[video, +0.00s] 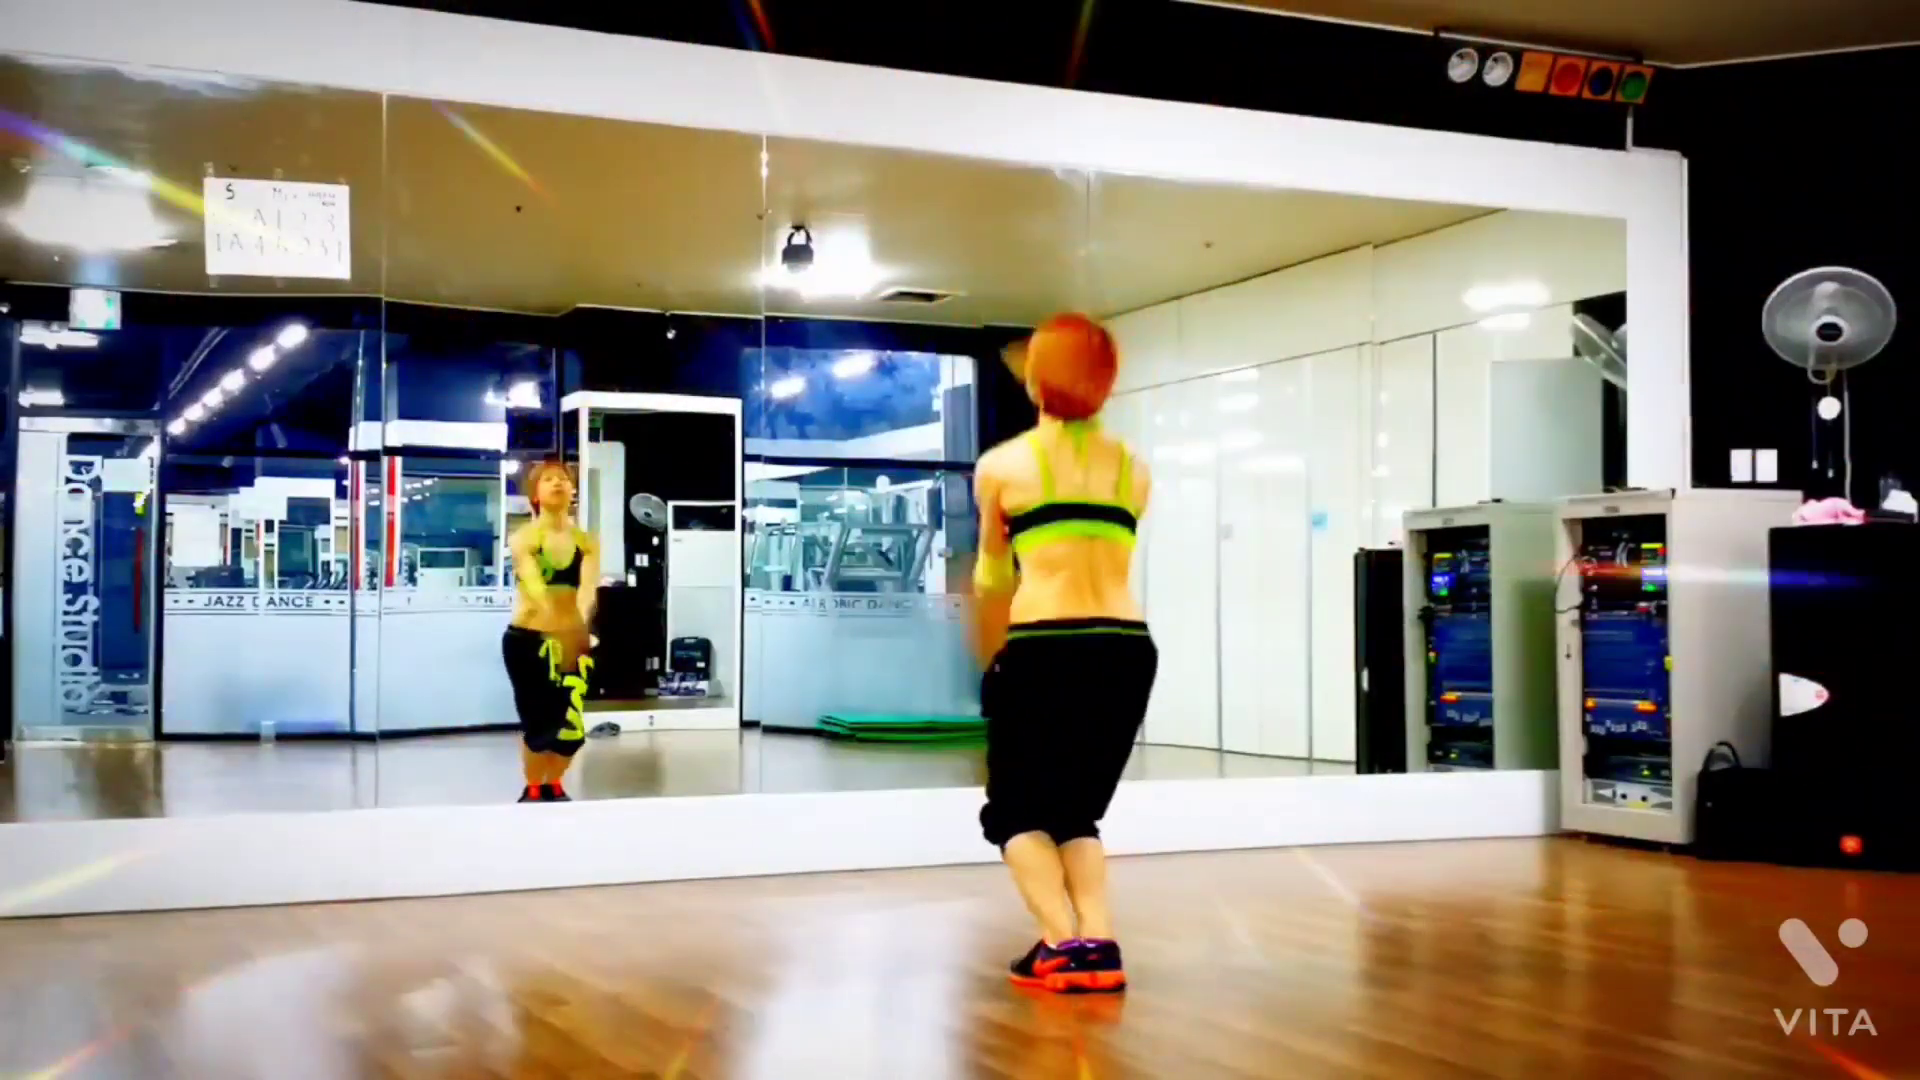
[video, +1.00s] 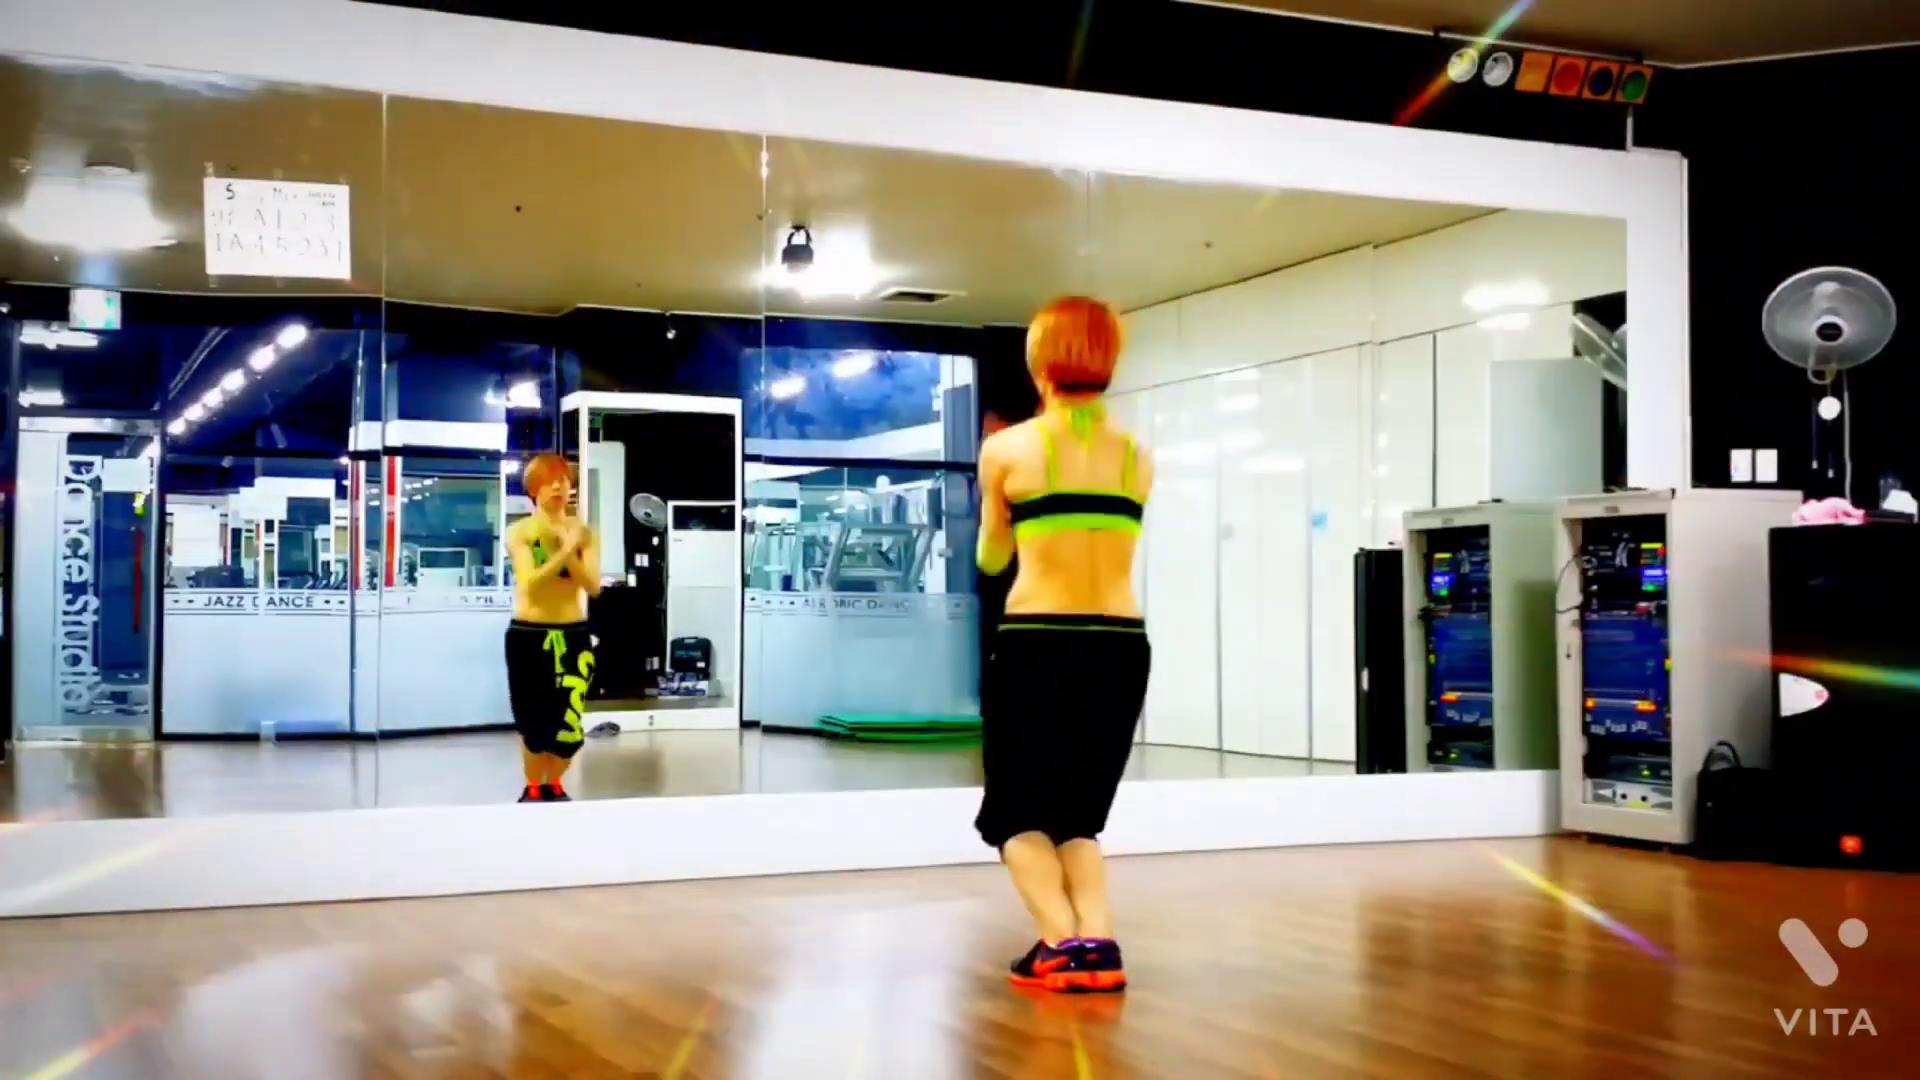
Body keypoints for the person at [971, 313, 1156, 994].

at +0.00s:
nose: (1038, 385)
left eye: (1035, 375)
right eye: (1075, 376)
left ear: (1033, 385)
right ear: (1101, 386)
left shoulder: (1002, 465)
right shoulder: (1132, 468)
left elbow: (993, 578)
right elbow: (1110, 562)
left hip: (1040, 652)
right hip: (1125, 649)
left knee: (1015, 809)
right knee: (1078, 811)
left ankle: (1060, 941)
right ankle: (1098, 943)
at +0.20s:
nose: (1035, 310)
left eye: (1038, 300)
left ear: (1038, 309)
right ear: (1110, 312)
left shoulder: (1008, 379)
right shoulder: (1132, 390)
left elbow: (916, 427)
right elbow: (1217, 437)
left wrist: (840, 475)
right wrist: (1294, 467)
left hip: (1025, 584)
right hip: (1107, 582)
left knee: (1026, 768)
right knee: (1098, 768)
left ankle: (1063, 940)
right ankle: (1102, 944)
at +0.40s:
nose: (1030, 281)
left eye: (1036, 273)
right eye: (1043, 270)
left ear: (1043, 291)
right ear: (1108, 297)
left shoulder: (1019, 354)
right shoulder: (1122, 369)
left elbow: (947, 249)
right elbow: (1187, 279)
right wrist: (1259, 193)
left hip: (1023, 576)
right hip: (1103, 575)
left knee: (1037, 764)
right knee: (1113, 763)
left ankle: (1062, 938)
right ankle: (1103, 944)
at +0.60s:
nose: (1026, 279)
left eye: (1036, 269)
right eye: (1069, 266)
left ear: (1041, 288)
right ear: (1108, 290)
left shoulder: (1021, 347)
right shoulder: (1123, 358)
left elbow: (1004, 220)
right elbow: (1111, 245)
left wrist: (999, 116)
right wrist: (1091, 129)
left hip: (1025, 571)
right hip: (1107, 569)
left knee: (1038, 763)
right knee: (1115, 759)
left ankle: (1063, 939)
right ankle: (1103, 941)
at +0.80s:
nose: (1044, 289)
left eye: (1049, 278)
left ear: (1046, 294)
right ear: (1113, 299)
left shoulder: (1022, 364)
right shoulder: (1132, 367)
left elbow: (989, 305)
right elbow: (1097, 317)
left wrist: (1015, 227)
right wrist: (1042, 237)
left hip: (1030, 577)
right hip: (1113, 576)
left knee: (1029, 768)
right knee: (1099, 772)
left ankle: (1062, 940)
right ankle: (1102, 945)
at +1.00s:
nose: (1033, 367)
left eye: (1035, 356)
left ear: (1037, 366)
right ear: (1109, 366)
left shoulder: (1008, 449)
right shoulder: (1137, 457)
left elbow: (994, 554)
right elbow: (1111, 539)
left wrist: (1006, 482)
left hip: (1035, 645)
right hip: (1119, 645)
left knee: (1014, 809)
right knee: (1078, 812)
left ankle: (1060, 940)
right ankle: (1097, 941)